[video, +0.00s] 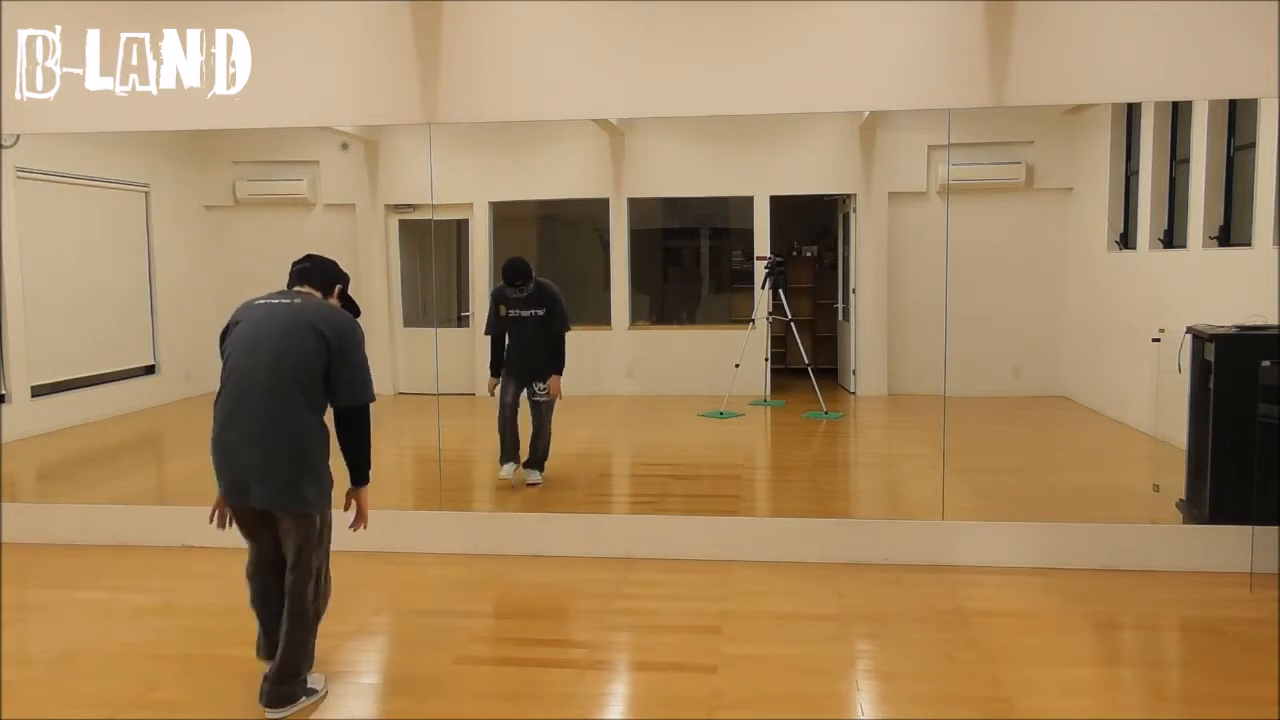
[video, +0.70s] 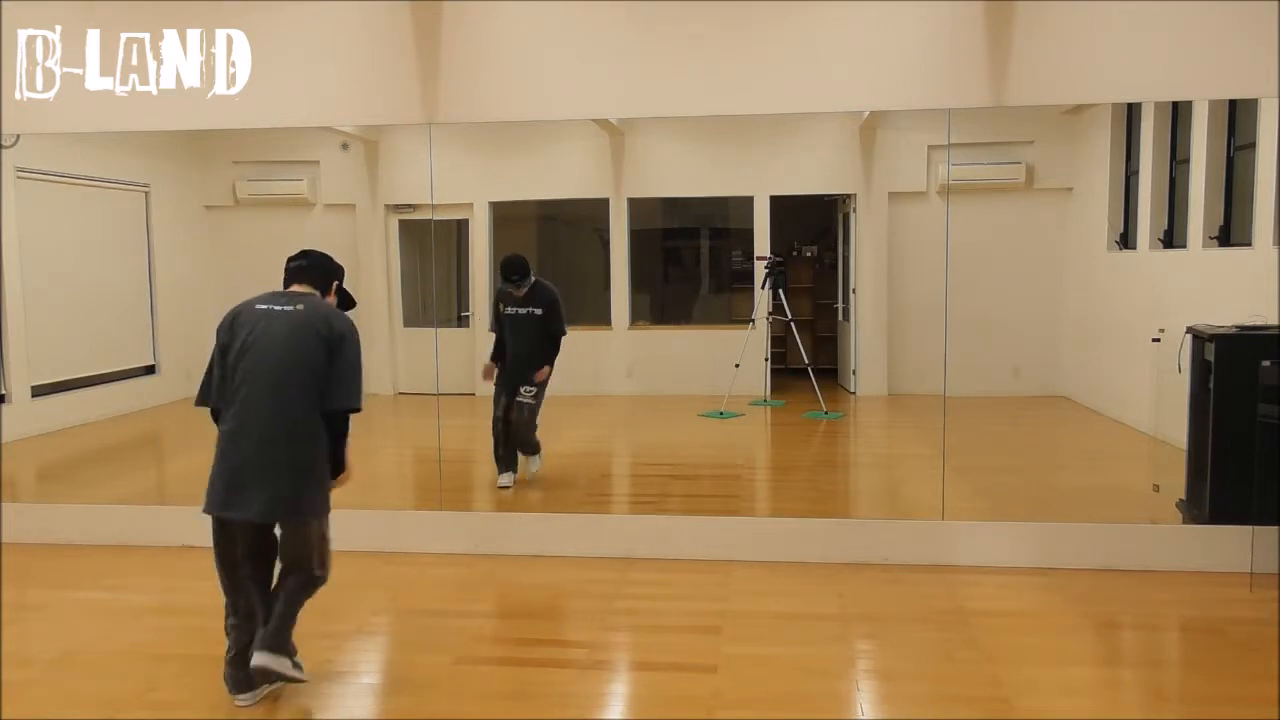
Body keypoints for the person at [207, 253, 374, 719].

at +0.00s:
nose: (342, 306)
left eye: (342, 302)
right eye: (344, 301)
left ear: (292, 283)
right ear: (334, 293)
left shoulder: (245, 313)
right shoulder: (337, 323)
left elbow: (230, 399)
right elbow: (352, 408)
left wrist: (227, 480)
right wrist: (359, 481)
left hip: (236, 462)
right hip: (296, 463)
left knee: (265, 553)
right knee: (306, 573)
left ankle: (270, 644)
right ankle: (284, 688)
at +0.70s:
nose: (337, 303)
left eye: (337, 298)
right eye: (339, 297)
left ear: (287, 281)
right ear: (331, 290)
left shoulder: (240, 313)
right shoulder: (336, 325)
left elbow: (215, 399)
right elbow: (338, 407)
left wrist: (242, 443)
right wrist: (337, 461)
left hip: (236, 465)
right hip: (300, 466)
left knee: (242, 576)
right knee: (306, 566)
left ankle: (242, 680)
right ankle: (274, 641)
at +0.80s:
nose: (343, 288)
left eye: (341, 283)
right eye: (343, 282)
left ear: (289, 275)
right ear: (334, 279)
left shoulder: (244, 305)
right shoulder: (341, 310)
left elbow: (203, 379)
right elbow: (359, 377)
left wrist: (245, 381)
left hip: (246, 470)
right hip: (311, 468)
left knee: (248, 577)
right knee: (346, 557)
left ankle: (248, 676)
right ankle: (308, 625)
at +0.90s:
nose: (348, 268)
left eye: (346, 263)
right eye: (348, 262)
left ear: (293, 257)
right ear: (342, 261)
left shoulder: (250, 296)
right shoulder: (350, 292)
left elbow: (179, 346)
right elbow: (400, 330)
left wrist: (234, 335)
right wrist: (444, 341)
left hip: (261, 468)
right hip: (329, 467)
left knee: (254, 577)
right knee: (382, 563)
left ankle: (248, 676)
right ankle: (372, 661)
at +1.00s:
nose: (355, 262)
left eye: (353, 257)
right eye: (355, 256)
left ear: (300, 253)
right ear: (348, 255)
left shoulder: (260, 295)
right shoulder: (367, 286)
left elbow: (199, 333)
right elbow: (444, 316)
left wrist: (174, 353)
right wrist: (511, 336)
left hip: (284, 465)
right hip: (355, 463)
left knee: (271, 558)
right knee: (391, 576)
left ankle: (266, 665)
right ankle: (422, 698)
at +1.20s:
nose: (371, 271)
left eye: (369, 266)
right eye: (372, 265)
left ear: (315, 260)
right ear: (365, 263)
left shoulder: (277, 309)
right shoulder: (382, 305)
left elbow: (224, 399)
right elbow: (431, 378)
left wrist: (248, 437)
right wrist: (463, 427)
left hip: (308, 484)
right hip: (375, 482)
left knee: (327, 580)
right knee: (395, 588)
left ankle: (322, 690)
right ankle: (410, 701)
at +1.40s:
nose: (379, 265)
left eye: (379, 258)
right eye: (379, 257)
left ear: (322, 251)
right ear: (369, 253)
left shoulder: (275, 297)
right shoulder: (377, 290)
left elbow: (268, 383)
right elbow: (384, 374)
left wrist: (319, 371)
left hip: (284, 470)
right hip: (351, 465)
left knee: (305, 601)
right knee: (396, 561)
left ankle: (324, 711)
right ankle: (369, 668)